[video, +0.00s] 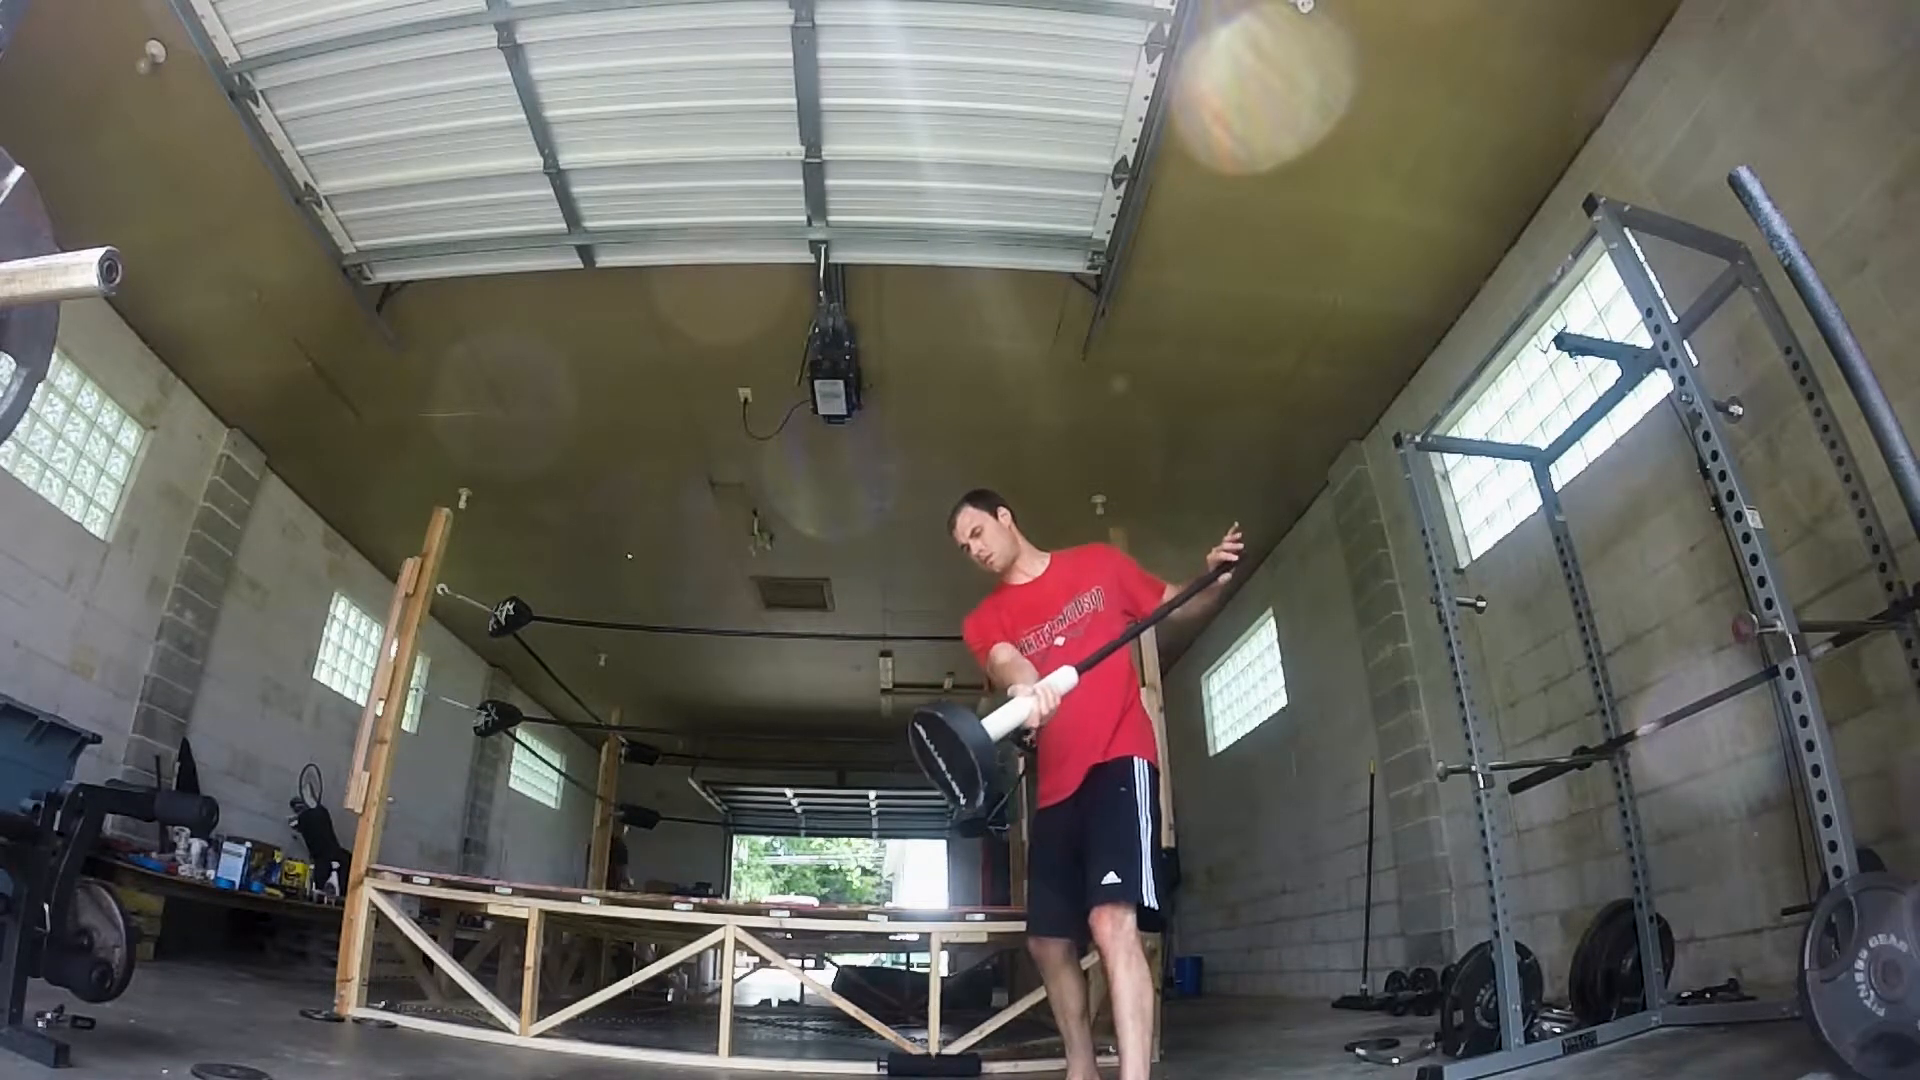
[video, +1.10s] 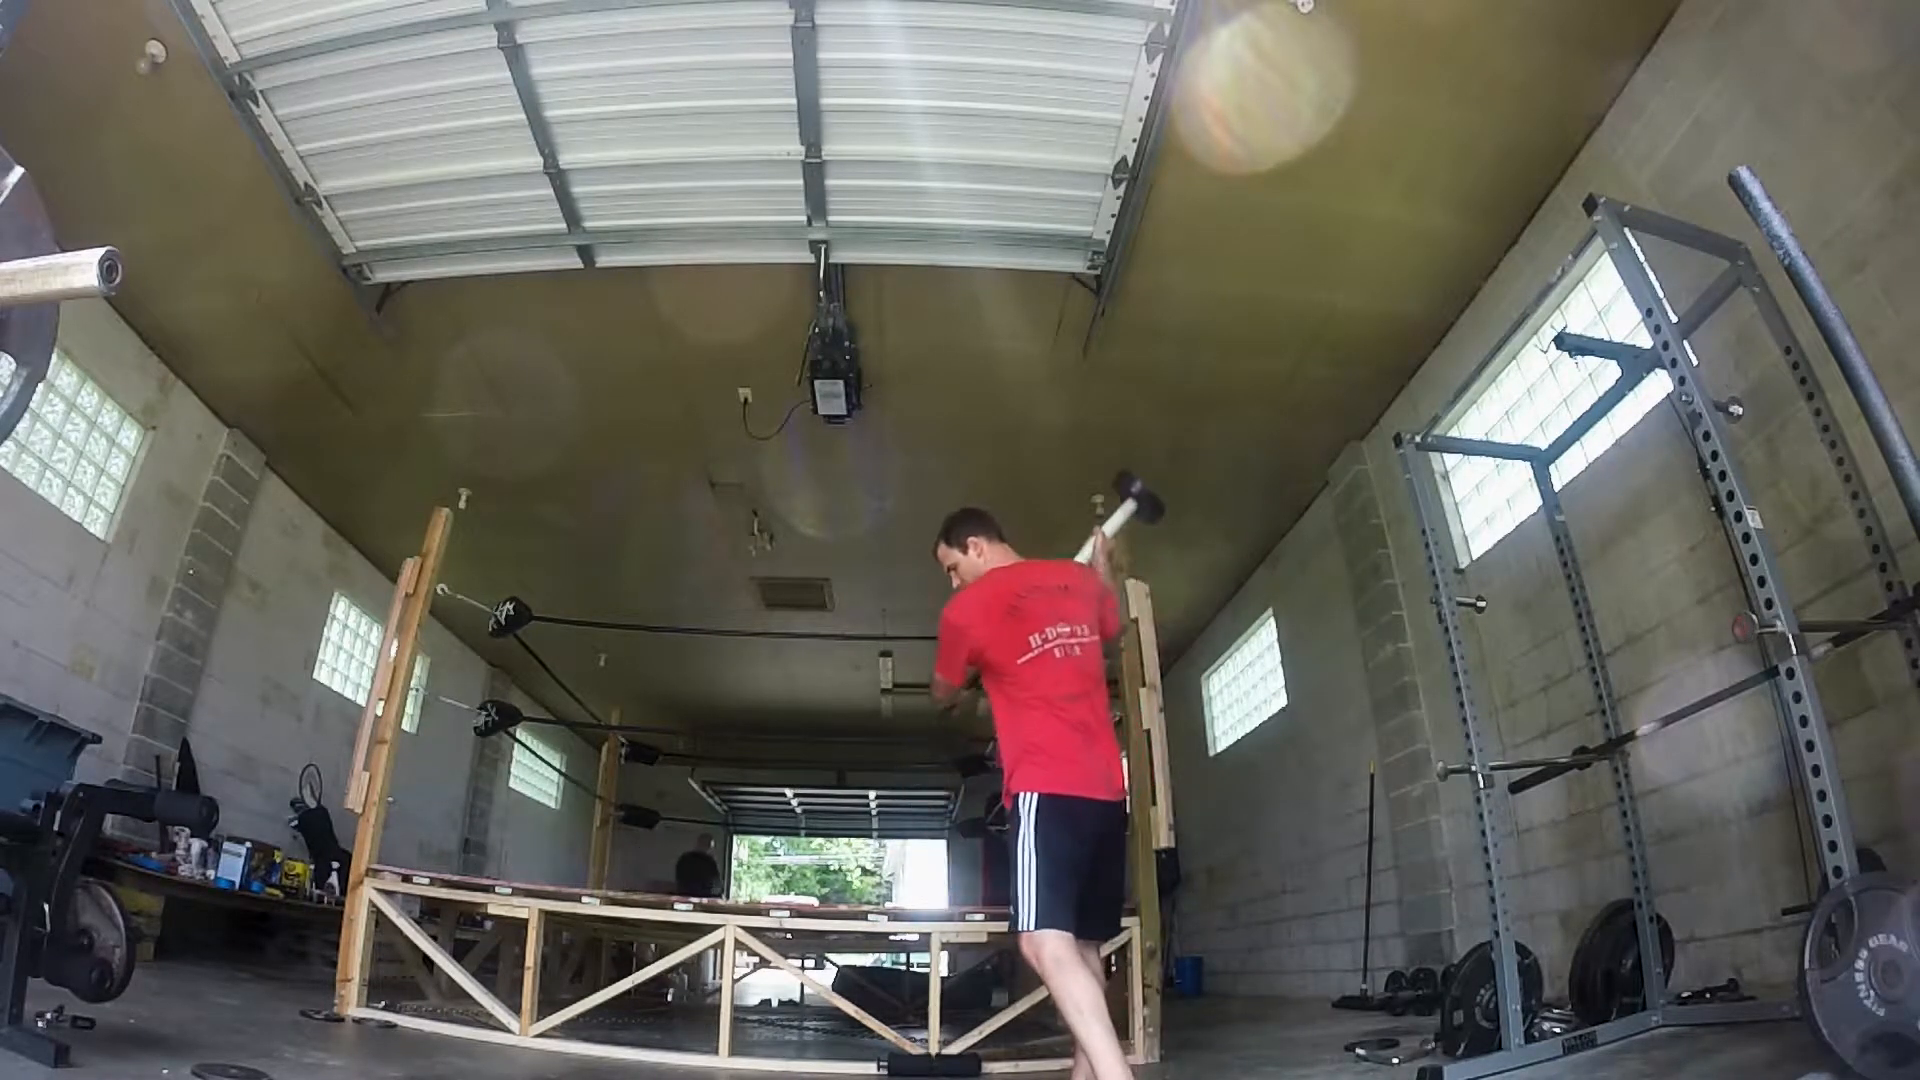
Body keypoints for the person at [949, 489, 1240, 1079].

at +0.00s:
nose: (975, 549)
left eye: (977, 532)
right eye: (965, 545)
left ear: (1007, 518)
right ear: (965, 556)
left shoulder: (1099, 562)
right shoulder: (983, 619)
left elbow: (1176, 612)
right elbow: (1005, 663)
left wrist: (1215, 578)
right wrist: (1029, 687)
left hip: (1121, 756)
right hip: (1057, 780)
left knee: (1111, 921)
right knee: (1048, 939)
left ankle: (1135, 1074)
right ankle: (1082, 1071)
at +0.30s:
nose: (970, 566)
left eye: (972, 550)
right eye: (961, 561)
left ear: (1003, 533)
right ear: (964, 568)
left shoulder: (1092, 569)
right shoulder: (992, 636)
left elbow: (1175, 596)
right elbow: (1008, 709)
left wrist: (1203, 599)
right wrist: (1000, 784)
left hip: (1118, 764)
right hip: (1058, 787)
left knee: (1109, 923)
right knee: (1048, 938)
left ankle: (1134, 1074)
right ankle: (1083, 1071)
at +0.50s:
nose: (968, 574)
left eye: (970, 558)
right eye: (961, 568)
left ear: (1002, 538)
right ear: (978, 563)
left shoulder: (1070, 570)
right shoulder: (1012, 641)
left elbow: (1164, 602)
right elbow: (1025, 734)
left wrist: (1132, 667)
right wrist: (989, 822)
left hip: (1109, 771)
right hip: (1061, 788)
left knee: (1095, 928)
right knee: (1055, 936)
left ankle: (1128, 1075)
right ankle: (1085, 1072)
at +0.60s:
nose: (967, 577)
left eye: (968, 562)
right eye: (961, 570)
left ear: (999, 541)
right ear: (984, 556)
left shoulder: (1051, 575)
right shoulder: (1031, 614)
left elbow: (1104, 635)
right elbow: (1054, 722)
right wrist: (1012, 797)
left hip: (1104, 774)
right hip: (1074, 782)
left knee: (1083, 930)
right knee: (1063, 933)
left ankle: (1125, 1074)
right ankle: (1086, 1071)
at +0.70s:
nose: (965, 578)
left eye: (965, 563)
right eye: (959, 570)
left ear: (995, 544)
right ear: (999, 548)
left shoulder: (1031, 584)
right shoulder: (1054, 584)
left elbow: (1031, 681)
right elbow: (1085, 694)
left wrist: (978, 773)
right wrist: (1034, 753)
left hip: (1092, 775)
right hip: (1094, 773)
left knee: (1066, 932)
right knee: (1076, 935)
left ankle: (1122, 1074)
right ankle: (1086, 1072)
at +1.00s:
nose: (956, 584)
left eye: (953, 569)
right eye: (950, 574)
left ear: (977, 546)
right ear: (998, 542)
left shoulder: (978, 604)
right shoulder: (1082, 583)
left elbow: (941, 701)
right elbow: (1111, 661)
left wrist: (934, 732)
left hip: (1056, 784)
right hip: (1112, 785)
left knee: (1044, 940)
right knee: (1086, 942)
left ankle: (1116, 1074)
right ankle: (1086, 1071)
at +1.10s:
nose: (955, 583)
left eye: (951, 569)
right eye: (948, 572)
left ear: (975, 547)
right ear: (997, 542)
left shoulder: (968, 606)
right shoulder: (1078, 575)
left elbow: (944, 692)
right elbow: (1112, 627)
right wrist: (1102, 567)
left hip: (1047, 783)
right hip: (1106, 784)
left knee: (1045, 941)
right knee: (1086, 943)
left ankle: (1117, 1074)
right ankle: (1085, 1073)